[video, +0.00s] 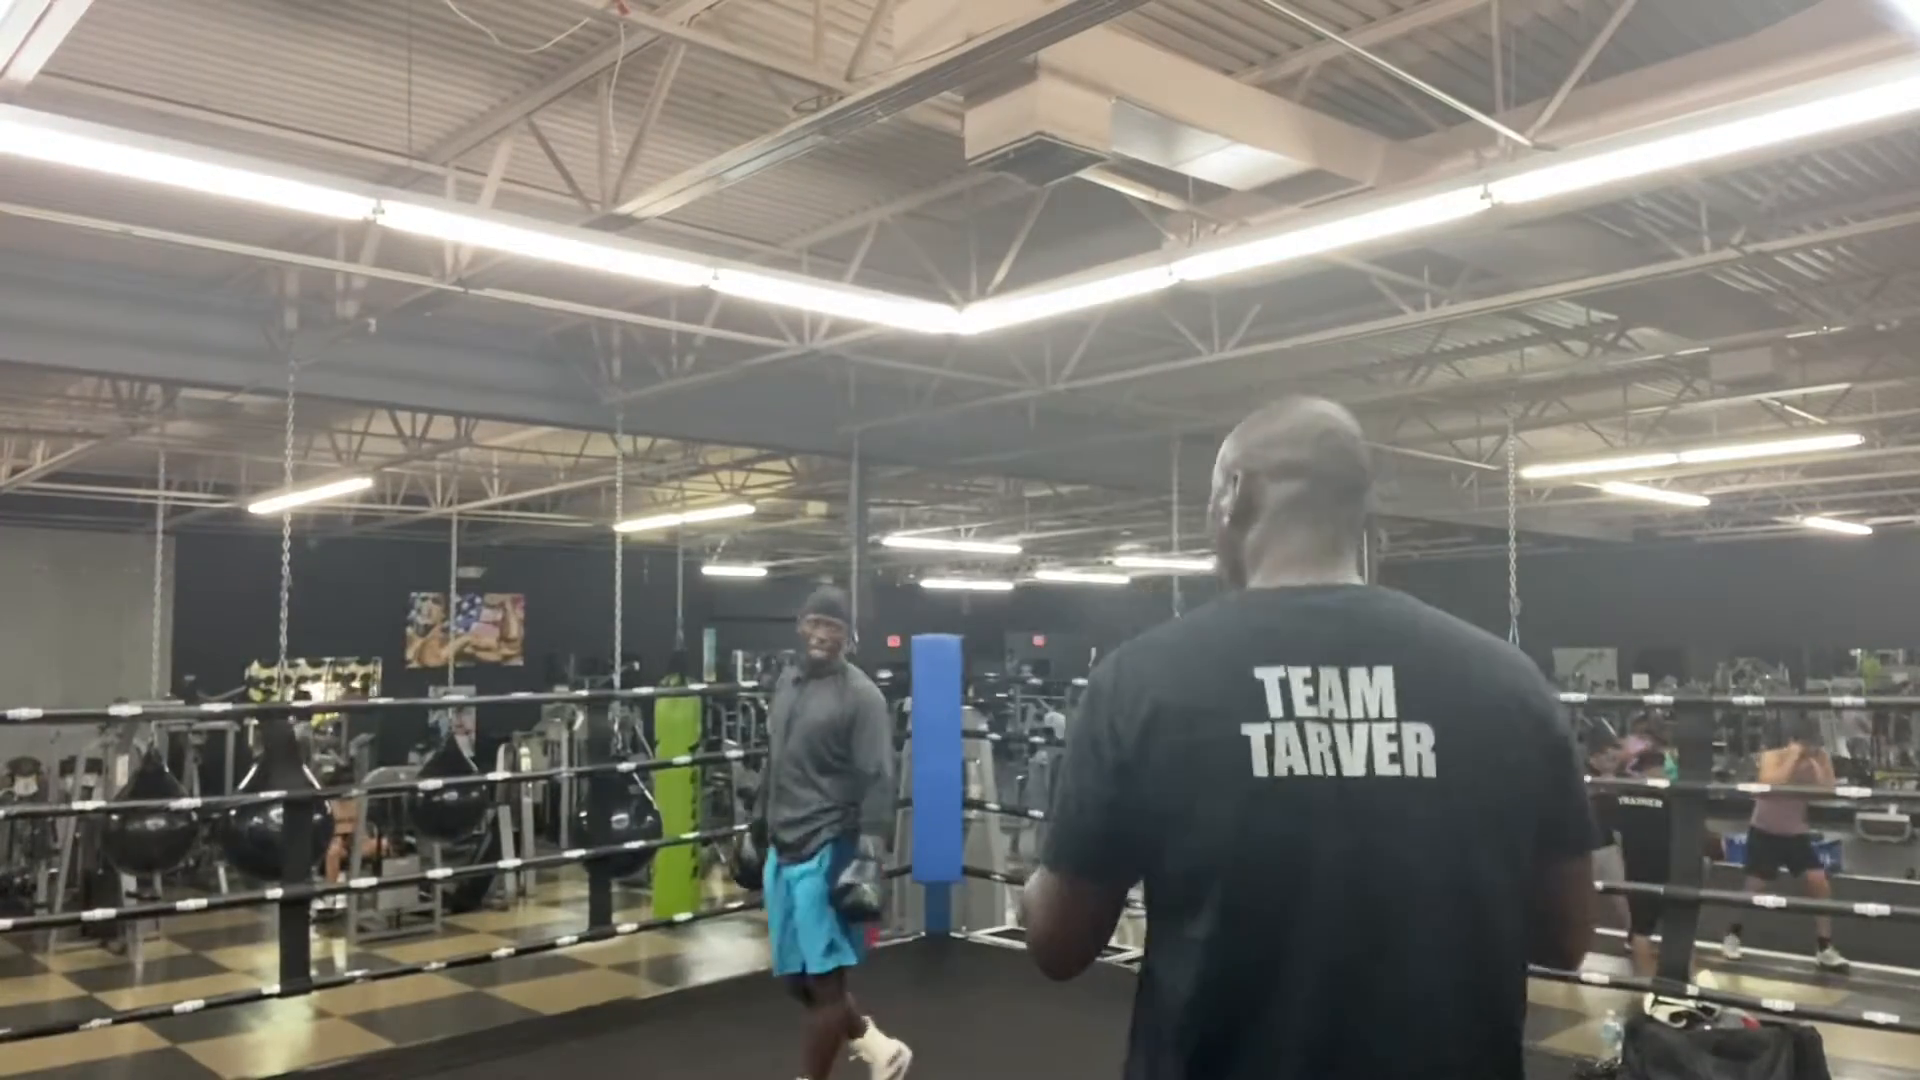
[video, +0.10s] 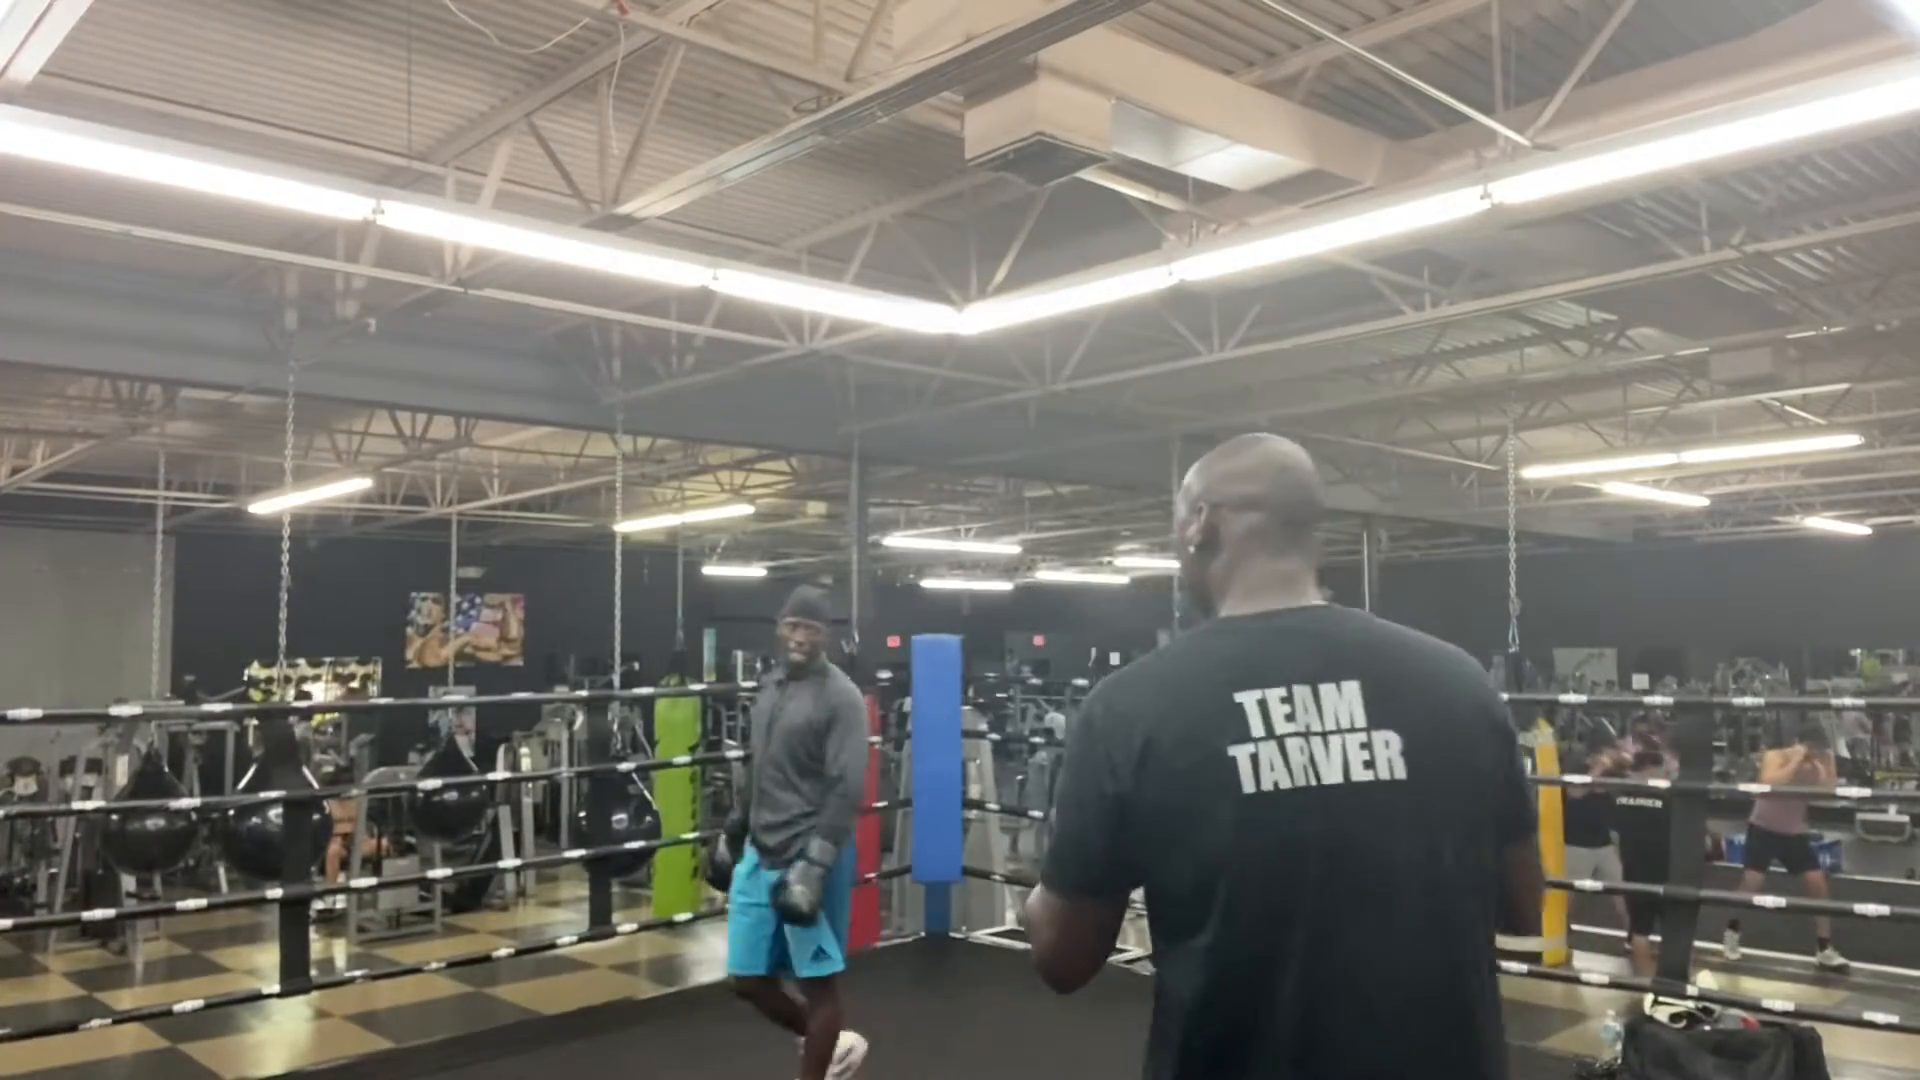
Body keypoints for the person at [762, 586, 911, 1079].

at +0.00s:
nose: (822, 634)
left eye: (833, 627)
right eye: (814, 624)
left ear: (847, 636)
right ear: (799, 628)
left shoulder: (862, 695)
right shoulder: (788, 685)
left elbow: (879, 780)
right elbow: (775, 764)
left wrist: (870, 859)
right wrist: (758, 833)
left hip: (831, 848)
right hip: (783, 847)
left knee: (825, 980)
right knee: (797, 977)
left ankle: (813, 1074)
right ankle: (881, 1050)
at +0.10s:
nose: (800, 637)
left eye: (811, 629)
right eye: (792, 627)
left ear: (828, 637)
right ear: (779, 631)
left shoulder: (843, 698)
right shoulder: (770, 687)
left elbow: (847, 790)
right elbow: (758, 768)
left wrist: (813, 866)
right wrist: (734, 832)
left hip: (813, 855)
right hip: (759, 854)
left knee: (819, 985)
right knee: (749, 979)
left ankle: (814, 1073)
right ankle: (833, 1044)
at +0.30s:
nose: (762, 635)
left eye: (773, 628)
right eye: (754, 625)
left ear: (790, 635)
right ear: (741, 629)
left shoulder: (810, 696)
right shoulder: (737, 691)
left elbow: (806, 794)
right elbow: (730, 777)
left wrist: (748, 853)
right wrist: (706, 836)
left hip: (790, 853)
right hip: (731, 848)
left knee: (803, 986)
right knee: (704, 981)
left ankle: (807, 1076)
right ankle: (697, 1075)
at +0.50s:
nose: (719, 641)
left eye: (730, 633)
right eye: (711, 631)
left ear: (749, 638)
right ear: (699, 637)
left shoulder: (774, 700)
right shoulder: (701, 698)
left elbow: (774, 799)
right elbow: (696, 786)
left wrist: (725, 868)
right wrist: (675, 857)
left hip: (758, 864)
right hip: (696, 862)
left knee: (777, 998)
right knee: (678, 1002)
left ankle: (797, 1073)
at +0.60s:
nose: (696, 638)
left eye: (708, 629)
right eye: (688, 629)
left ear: (728, 636)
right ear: (675, 634)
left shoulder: (750, 699)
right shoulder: (670, 697)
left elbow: (755, 793)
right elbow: (669, 786)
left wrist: (731, 876)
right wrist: (649, 859)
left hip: (723, 876)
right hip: (663, 873)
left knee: (740, 1003)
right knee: (660, 1008)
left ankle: (784, 1075)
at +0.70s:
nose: (674, 636)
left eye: (685, 626)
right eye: (665, 626)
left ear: (703, 633)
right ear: (650, 634)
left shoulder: (730, 695)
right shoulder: (639, 700)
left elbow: (744, 785)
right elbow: (633, 785)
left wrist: (740, 875)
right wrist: (614, 860)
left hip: (695, 874)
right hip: (639, 871)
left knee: (692, 1013)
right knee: (646, 1011)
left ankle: (763, 1075)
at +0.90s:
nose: (631, 627)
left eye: (643, 616)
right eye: (620, 615)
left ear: (659, 627)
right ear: (603, 626)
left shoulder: (687, 691)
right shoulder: (592, 694)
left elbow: (718, 774)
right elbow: (574, 785)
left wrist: (739, 854)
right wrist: (540, 862)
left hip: (658, 862)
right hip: (603, 863)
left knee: (605, 1006)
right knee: (626, 1010)